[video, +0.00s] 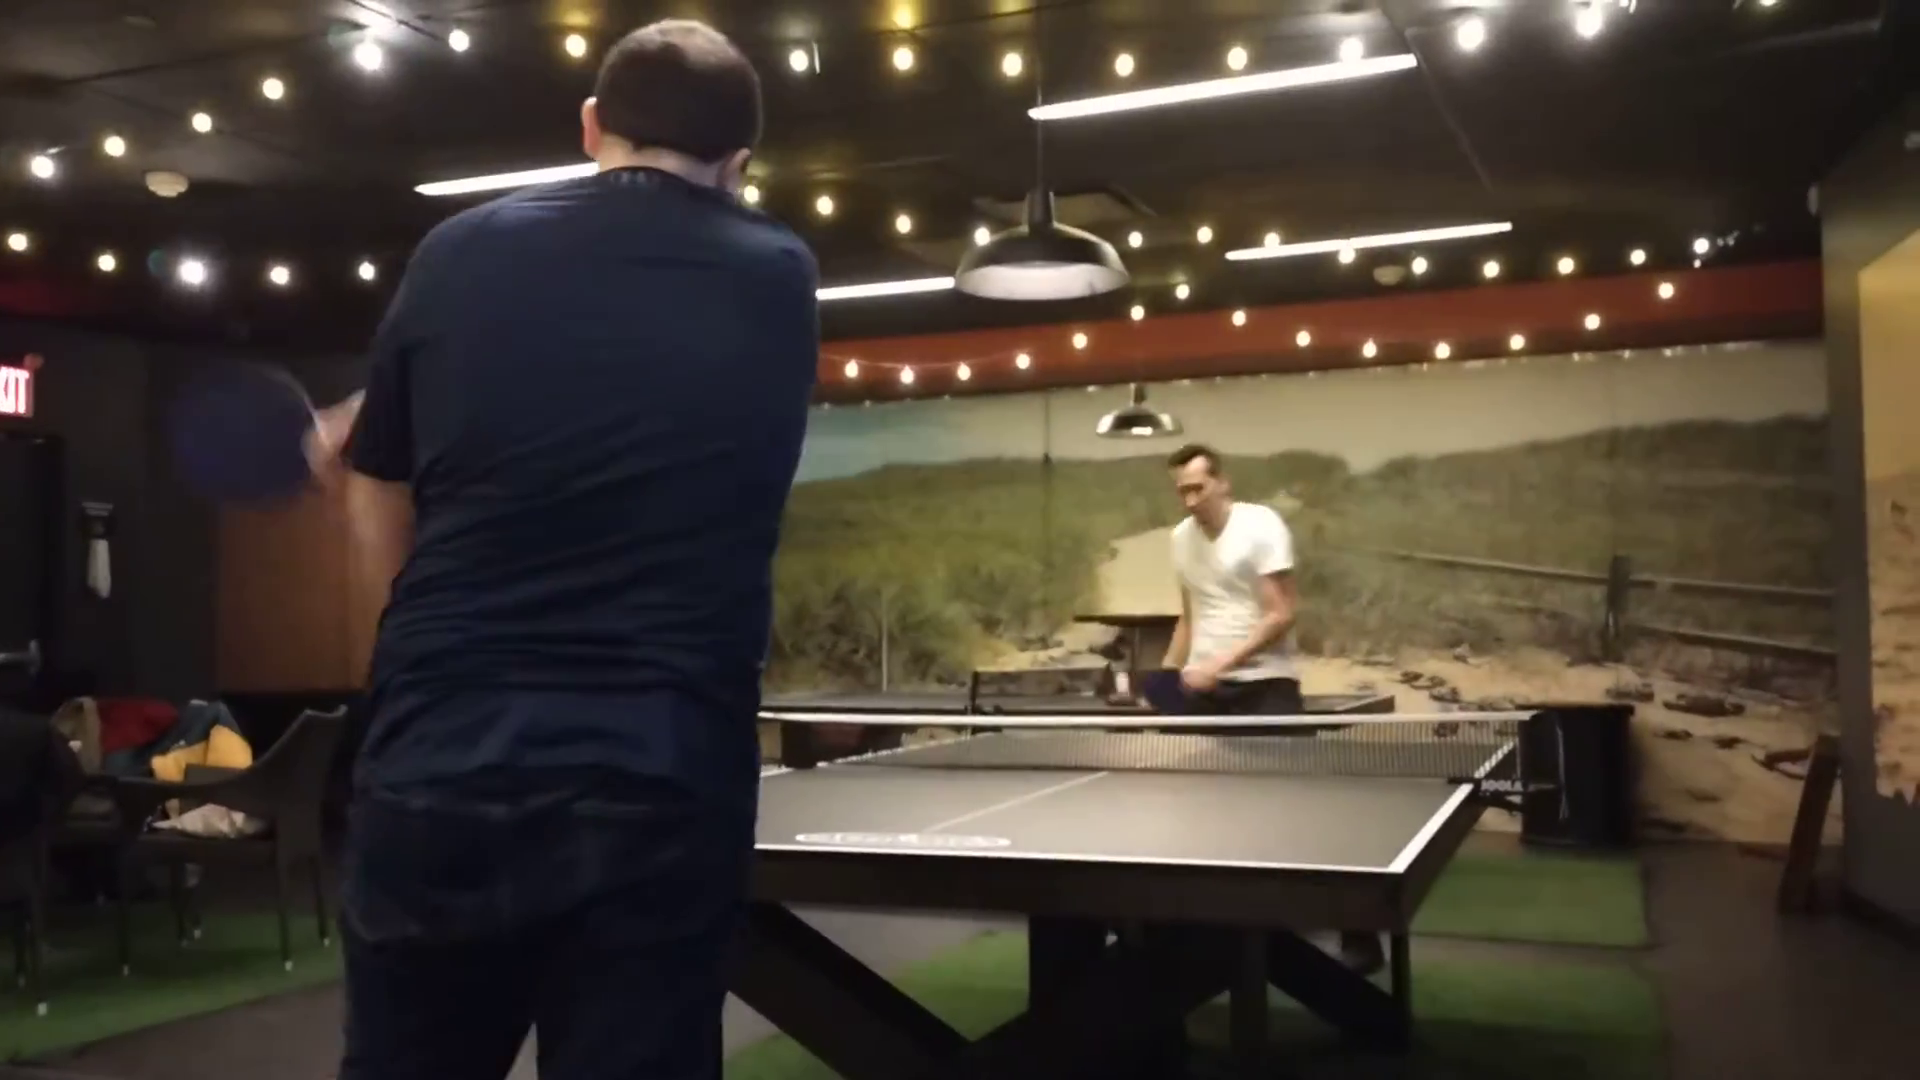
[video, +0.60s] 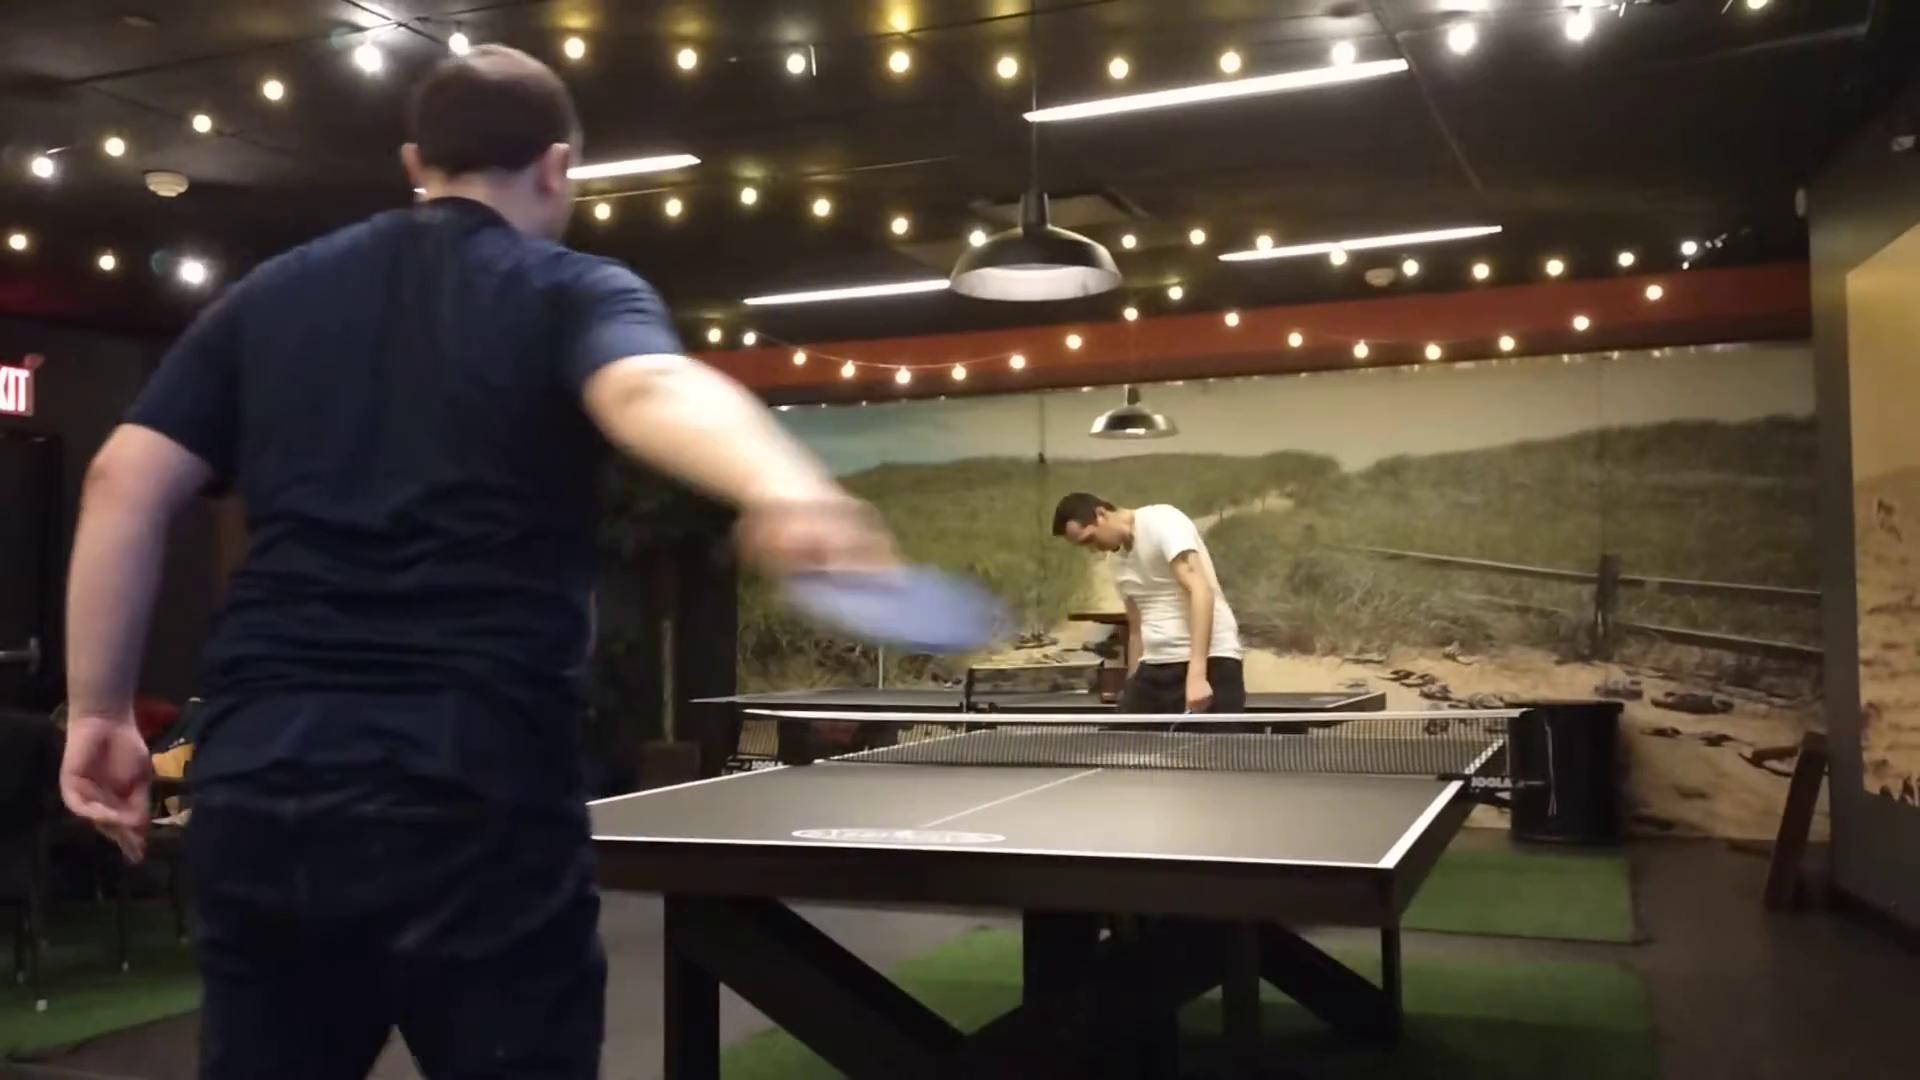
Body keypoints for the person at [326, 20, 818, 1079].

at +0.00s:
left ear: (589, 126)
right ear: (738, 164)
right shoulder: (780, 274)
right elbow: (618, 375)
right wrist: (367, 431)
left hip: (441, 779)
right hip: (661, 791)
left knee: (403, 1062)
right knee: (640, 1060)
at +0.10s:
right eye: (731, 171)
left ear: (568, 138)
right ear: (719, 171)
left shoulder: (436, 265)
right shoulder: (765, 290)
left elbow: (324, 522)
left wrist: (364, 719)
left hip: (424, 777)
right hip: (647, 786)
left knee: (399, 1062)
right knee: (629, 1061)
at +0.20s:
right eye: (707, 176)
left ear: (549, 150)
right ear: (695, 176)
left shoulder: (408, 282)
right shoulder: (746, 308)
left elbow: (286, 530)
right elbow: (793, 570)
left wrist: (277, 748)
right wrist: (706, 652)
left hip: (400, 786)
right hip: (620, 789)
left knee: (378, 1062)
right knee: (603, 1060)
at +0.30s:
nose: (681, 194)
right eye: (683, 177)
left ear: (525, 160)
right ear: (672, 175)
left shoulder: (385, 290)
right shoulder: (720, 316)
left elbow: (251, 499)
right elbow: (835, 558)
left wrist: (217, 738)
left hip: (363, 780)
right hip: (586, 796)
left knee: (348, 1060)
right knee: (562, 1058)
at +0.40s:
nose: (649, 193)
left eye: (650, 177)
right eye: (650, 174)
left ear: (490, 162)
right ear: (634, 168)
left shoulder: (350, 292)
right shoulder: (677, 307)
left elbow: (204, 474)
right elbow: (816, 486)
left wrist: (164, 705)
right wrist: (985, 663)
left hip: (327, 780)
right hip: (548, 799)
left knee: (315, 1058)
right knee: (530, 1055)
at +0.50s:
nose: (612, 198)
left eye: (610, 179)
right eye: (613, 179)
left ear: (455, 167)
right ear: (595, 172)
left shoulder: (307, 296)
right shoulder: (617, 296)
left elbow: (164, 467)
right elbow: (747, 417)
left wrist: (120, 694)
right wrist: (937, 543)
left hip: (294, 778)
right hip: (513, 789)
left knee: (294, 1060)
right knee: (511, 1060)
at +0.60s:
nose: (572, 196)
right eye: (572, 174)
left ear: (415, 169)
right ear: (556, 171)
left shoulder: (272, 294)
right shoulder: (572, 288)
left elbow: (126, 480)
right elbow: (646, 389)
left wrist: (98, 707)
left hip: (258, 800)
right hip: (480, 806)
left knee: (261, 1059)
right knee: (522, 1059)